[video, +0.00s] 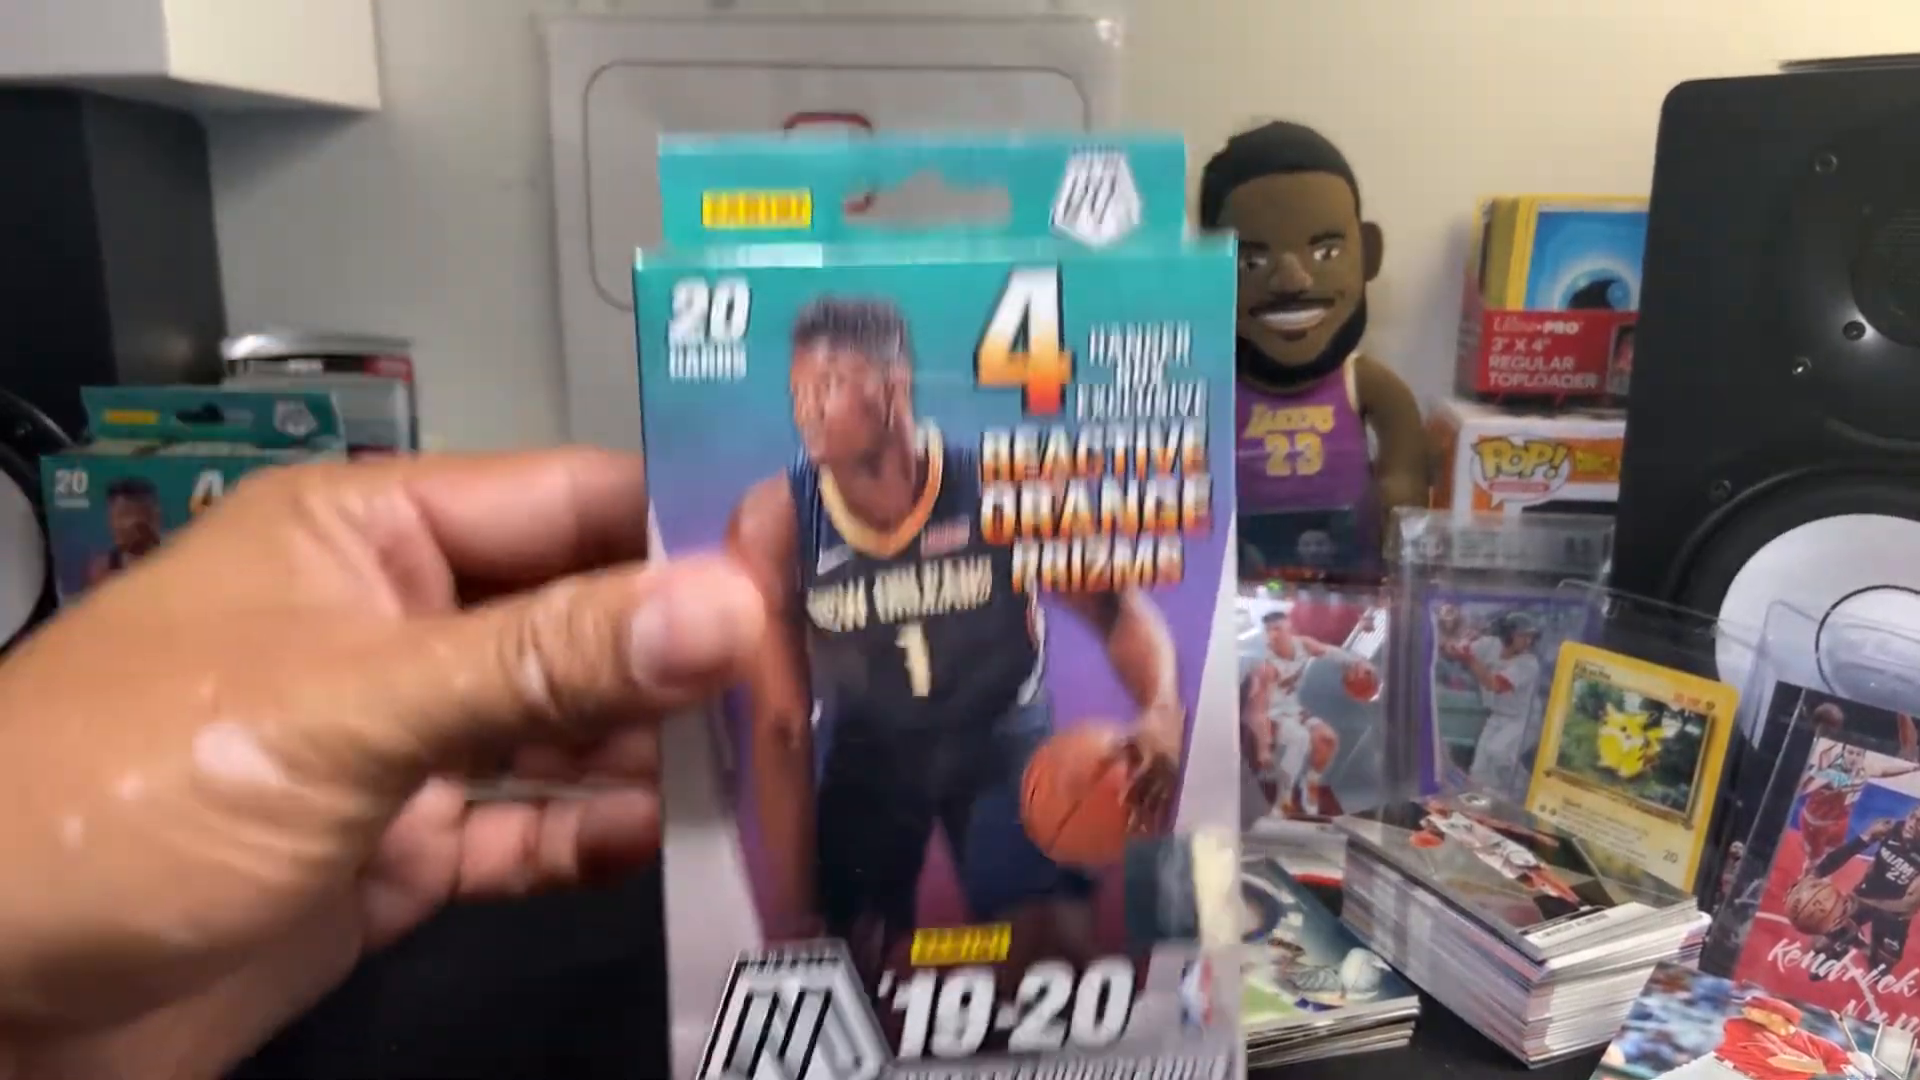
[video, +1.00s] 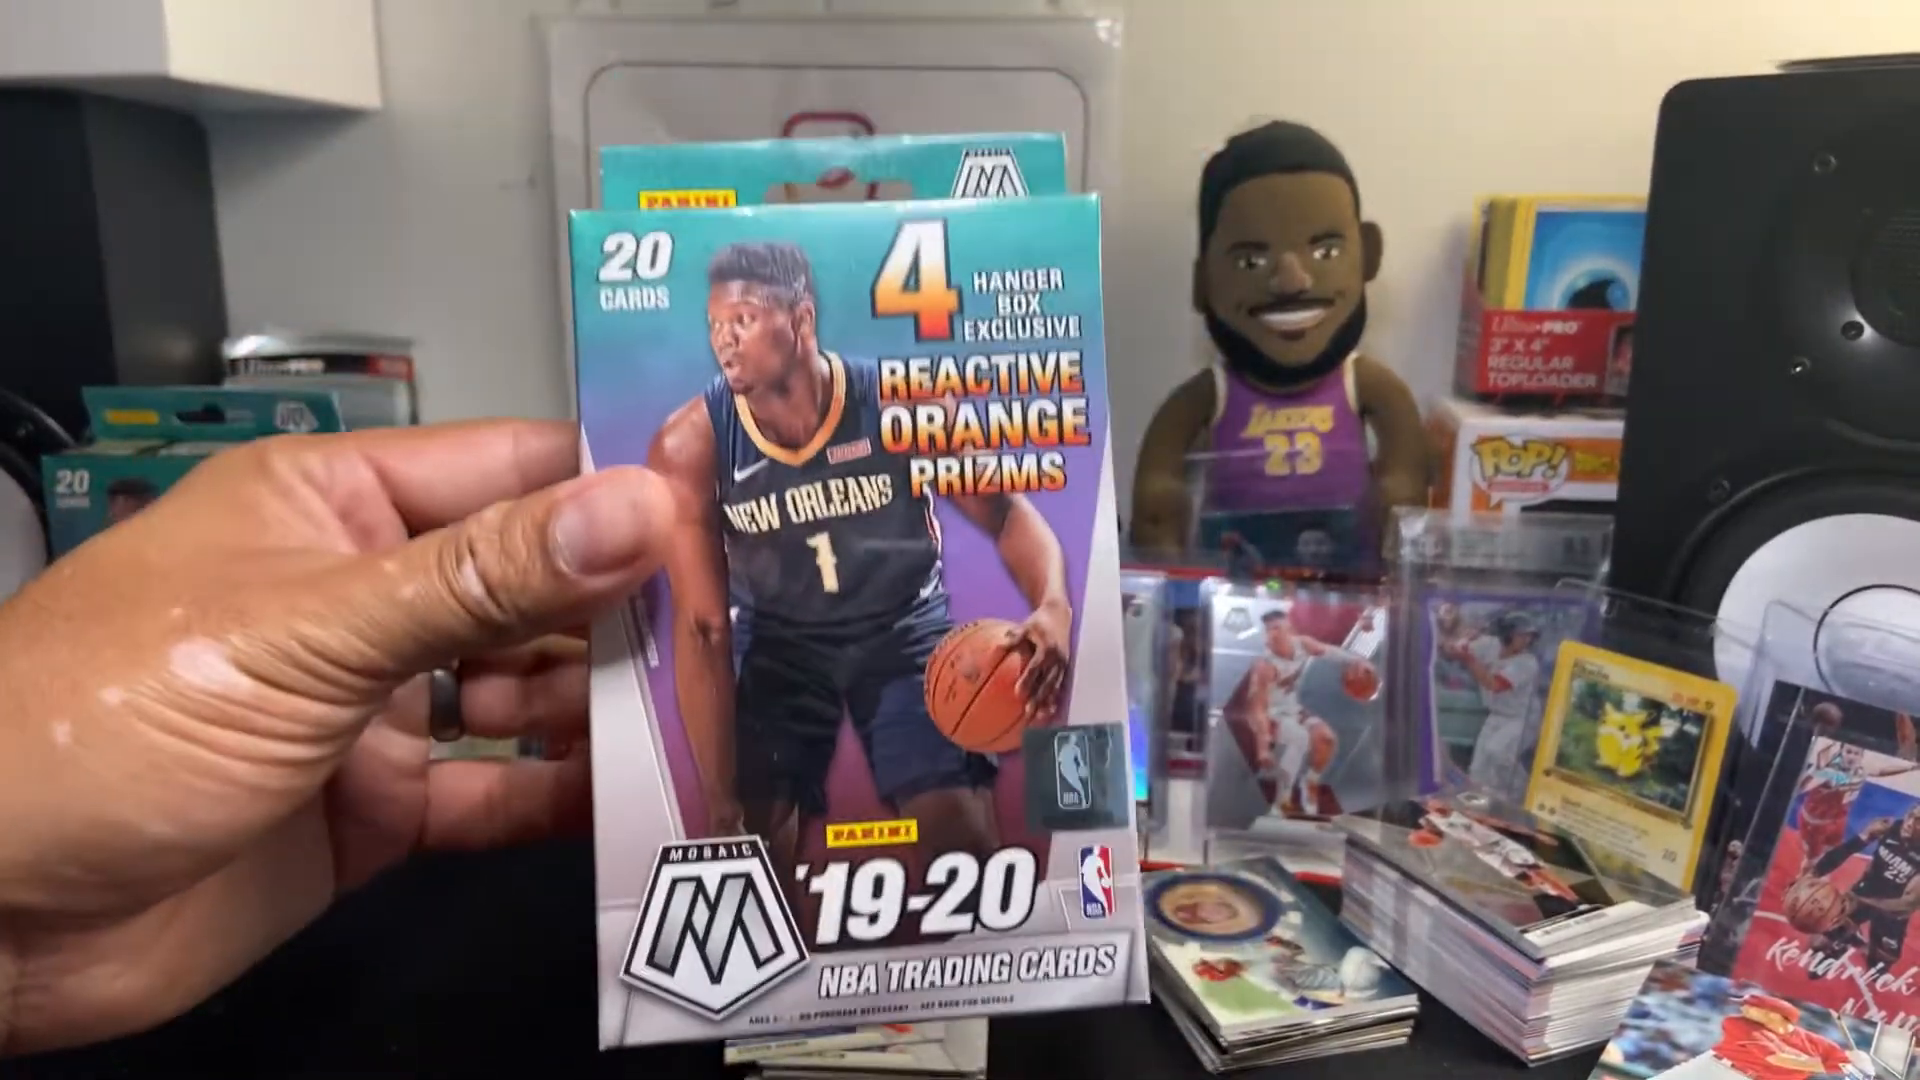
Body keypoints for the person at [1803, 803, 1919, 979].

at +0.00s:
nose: (1912, 824)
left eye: (1918, 822)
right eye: (1912, 817)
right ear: (1907, 815)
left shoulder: (1917, 858)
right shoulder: (1888, 830)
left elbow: (1908, 905)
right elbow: (1848, 851)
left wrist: (1861, 903)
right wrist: (1816, 873)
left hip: (1895, 912)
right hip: (1865, 897)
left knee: (1880, 969)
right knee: (1820, 947)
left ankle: (1853, 939)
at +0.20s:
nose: (1912, 824)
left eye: (1918, 822)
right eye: (1912, 817)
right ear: (1907, 815)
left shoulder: (1917, 858)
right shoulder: (1887, 829)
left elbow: (1908, 905)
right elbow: (1846, 851)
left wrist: (1862, 903)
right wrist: (1815, 874)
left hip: (1896, 910)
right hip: (1866, 894)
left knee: (1881, 967)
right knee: (1820, 943)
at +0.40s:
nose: (1912, 824)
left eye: (1918, 822)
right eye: (1912, 817)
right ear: (1907, 815)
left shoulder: (1917, 857)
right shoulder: (1887, 829)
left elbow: (1907, 905)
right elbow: (1847, 851)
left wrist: (1861, 903)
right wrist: (1814, 874)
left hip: (1895, 910)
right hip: (1865, 894)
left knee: (1880, 966)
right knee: (1820, 944)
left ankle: (1854, 939)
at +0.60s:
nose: (1912, 824)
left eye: (1918, 822)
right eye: (1912, 817)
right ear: (1907, 815)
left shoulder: (1918, 858)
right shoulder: (1888, 829)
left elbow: (1909, 905)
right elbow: (1847, 850)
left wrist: (1862, 903)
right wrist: (1815, 873)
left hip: (1895, 909)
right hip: (1865, 894)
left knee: (1881, 966)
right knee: (1820, 945)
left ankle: (1854, 940)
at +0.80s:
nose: (1911, 824)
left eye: (1918, 822)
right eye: (1912, 817)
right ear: (1906, 815)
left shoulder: (1917, 858)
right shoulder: (1887, 830)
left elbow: (1909, 905)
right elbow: (1847, 850)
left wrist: (1861, 903)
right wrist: (1815, 873)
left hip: (1895, 909)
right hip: (1865, 894)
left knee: (1882, 965)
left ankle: (1854, 939)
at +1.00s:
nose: (1910, 823)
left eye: (1917, 821)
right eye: (1910, 816)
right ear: (1905, 815)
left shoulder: (1917, 857)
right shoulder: (1887, 828)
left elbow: (1908, 904)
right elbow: (1846, 849)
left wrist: (1859, 902)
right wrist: (1814, 872)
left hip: (1894, 907)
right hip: (1865, 893)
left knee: (1878, 966)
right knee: (1819, 944)